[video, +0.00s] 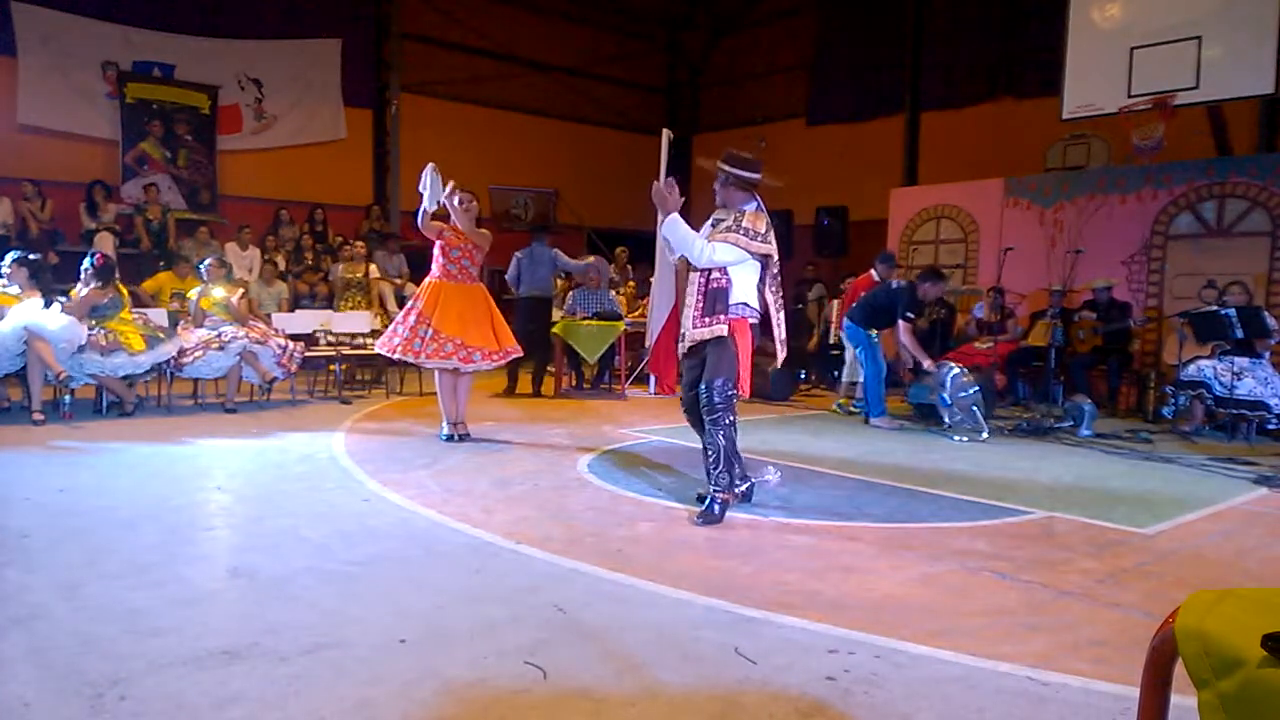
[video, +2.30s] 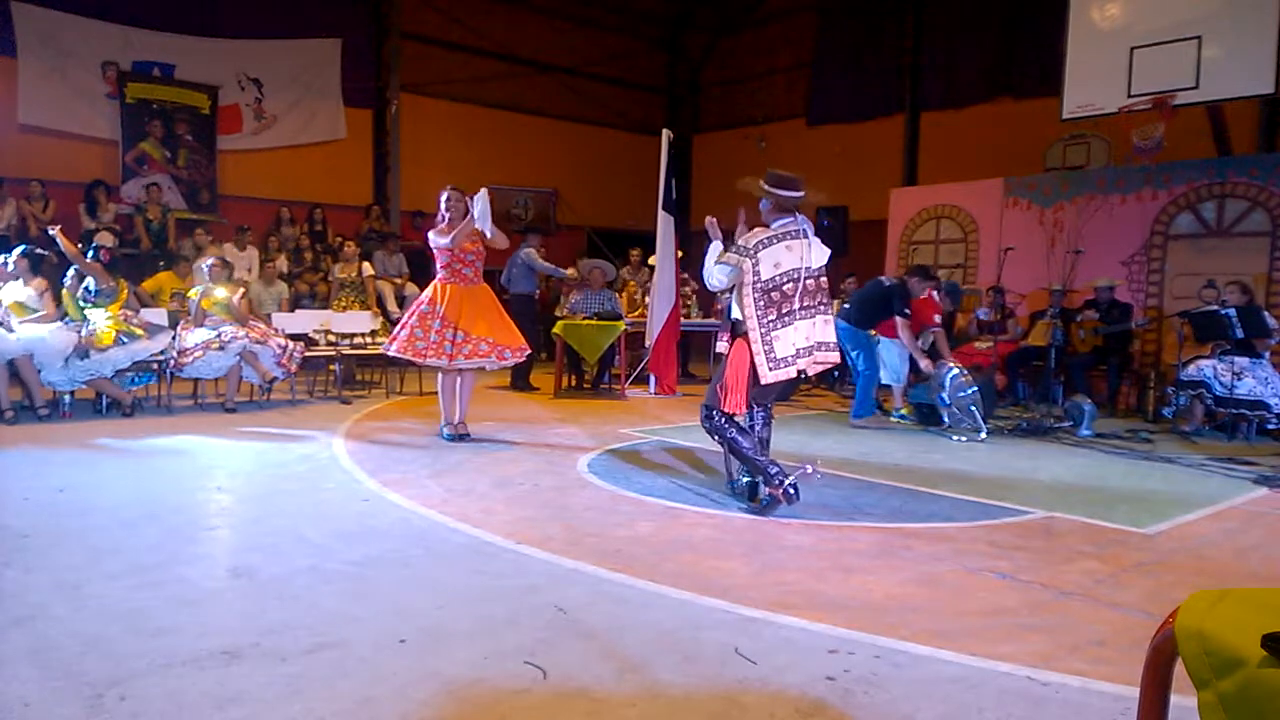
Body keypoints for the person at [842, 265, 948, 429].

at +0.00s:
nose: (939, 296)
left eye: (941, 292)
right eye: (939, 291)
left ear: (925, 285)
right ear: (926, 286)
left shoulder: (907, 290)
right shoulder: (910, 296)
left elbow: (899, 331)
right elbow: (905, 334)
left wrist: (904, 353)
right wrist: (925, 360)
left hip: (864, 327)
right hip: (859, 327)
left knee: (875, 368)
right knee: (876, 368)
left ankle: (874, 412)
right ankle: (877, 415)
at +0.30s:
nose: (940, 288)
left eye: (940, 283)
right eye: (938, 283)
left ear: (923, 280)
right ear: (928, 282)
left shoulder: (908, 288)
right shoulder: (907, 290)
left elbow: (907, 327)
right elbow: (903, 328)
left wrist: (927, 347)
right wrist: (935, 338)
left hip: (865, 326)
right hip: (858, 326)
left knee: (877, 366)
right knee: (878, 366)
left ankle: (874, 412)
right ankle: (877, 415)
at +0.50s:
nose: (933, 285)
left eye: (934, 280)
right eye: (932, 280)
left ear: (916, 273)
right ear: (925, 278)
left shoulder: (901, 282)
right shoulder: (911, 291)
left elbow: (893, 316)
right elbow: (926, 321)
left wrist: (912, 329)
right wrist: (934, 321)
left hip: (855, 323)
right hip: (863, 328)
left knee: (874, 368)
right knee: (882, 368)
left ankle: (872, 411)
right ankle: (879, 414)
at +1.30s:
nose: (928, 283)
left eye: (929, 278)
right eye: (928, 278)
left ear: (911, 271)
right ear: (920, 275)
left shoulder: (894, 281)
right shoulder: (907, 289)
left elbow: (899, 325)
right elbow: (910, 326)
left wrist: (920, 337)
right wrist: (928, 338)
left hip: (853, 323)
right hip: (863, 328)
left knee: (872, 367)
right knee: (882, 368)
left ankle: (871, 411)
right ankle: (879, 414)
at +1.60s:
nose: (930, 289)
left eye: (932, 285)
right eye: (930, 285)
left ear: (917, 278)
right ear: (921, 279)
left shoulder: (898, 284)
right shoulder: (905, 290)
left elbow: (888, 325)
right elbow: (897, 327)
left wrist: (902, 349)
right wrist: (910, 354)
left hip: (856, 323)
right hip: (861, 326)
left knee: (871, 367)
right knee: (878, 366)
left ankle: (871, 410)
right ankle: (878, 414)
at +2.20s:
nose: (926, 292)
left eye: (928, 288)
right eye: (926, 287)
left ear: (914, 279)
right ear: (916, 280)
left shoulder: (894, 283)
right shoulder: (902, 291)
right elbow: (904, 330)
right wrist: (921, 358)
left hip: (847, 323)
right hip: (856, 327)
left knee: (866, 368)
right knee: (870, 369)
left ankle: (868, 408)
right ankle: (862, 414)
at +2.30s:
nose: (923, 293)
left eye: (926, 289)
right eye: (924, 288)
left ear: (911, 279)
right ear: (915, 280)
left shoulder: (888, 281)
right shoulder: (901, 291)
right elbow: (903, 329)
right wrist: (920, 358)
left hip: (843, 322)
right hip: (856, 327)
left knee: (860, 369)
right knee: (869, 370)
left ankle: (866, 408)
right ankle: (861, 414)